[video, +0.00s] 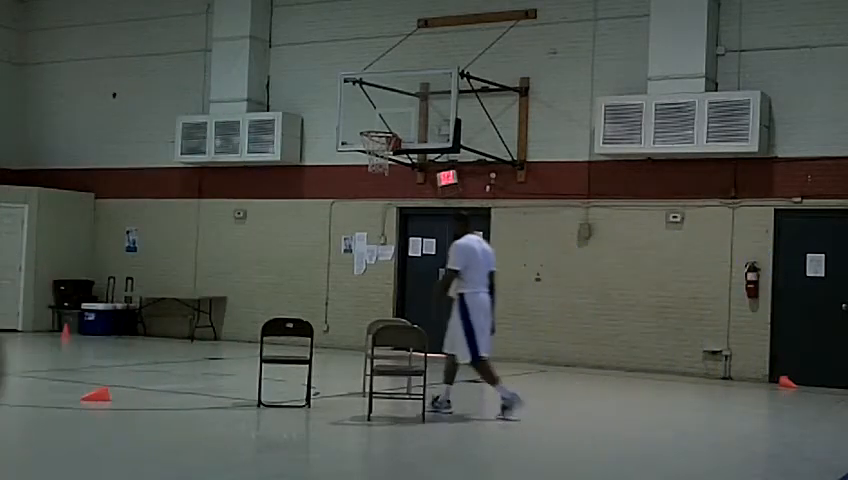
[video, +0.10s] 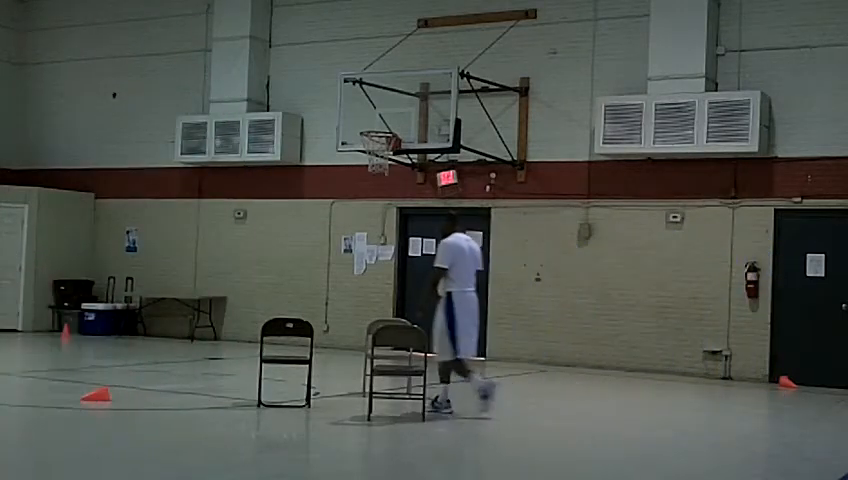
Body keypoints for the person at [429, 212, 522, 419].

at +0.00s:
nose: (453, 229)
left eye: (454, 225)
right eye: (454, 224)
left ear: (460, 225)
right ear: (471, 225)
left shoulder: (459, 245)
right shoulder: (486, 246)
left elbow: (451, 275)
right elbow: (491, 283)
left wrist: (439, 292)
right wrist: (491, 317)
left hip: (466, 298)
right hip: (482, 298)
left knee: (473, 354)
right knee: (452, 350)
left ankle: (506, 395)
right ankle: (444, 398)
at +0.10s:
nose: (441, 228)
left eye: (443, 224)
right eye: (443, 224)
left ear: (448, 225)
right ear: (459, 225)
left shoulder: (448, 244)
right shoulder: (473, 245)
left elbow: (438, 272)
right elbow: (477, 274)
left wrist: (432, 289)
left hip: (452, 296)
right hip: (469, 296)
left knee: (446, 351)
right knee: (450, 350)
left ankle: (480, 385)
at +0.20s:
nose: (430, 227)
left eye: (431, 223)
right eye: (431, 222)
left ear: (435, 222)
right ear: (447, 222)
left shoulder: (437, 241)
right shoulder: (462, 242)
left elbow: (428, 271)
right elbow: (467, 271)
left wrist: (420, 286)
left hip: (441, 295)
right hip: (458, 294)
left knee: (428, 345)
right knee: (444, 346)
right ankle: (444, 394)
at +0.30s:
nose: (414, 230)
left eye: (415, 225)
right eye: (415, 225)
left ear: (421, 224)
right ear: (432, 222)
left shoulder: (425, 241)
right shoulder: (450, 240)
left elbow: (412, 275)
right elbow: (454, 269)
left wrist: (392, 301)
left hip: (429, 293)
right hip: (449, 293)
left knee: (405, 336)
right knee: (440, 347)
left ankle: (410, 389)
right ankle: (443, 397)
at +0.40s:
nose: (398, 228)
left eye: (400, 224)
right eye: (399, 224)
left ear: (406, 224)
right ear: (418, 222)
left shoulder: (410, 244)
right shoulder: (438, 242)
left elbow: (394, 278)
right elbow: (443, 273)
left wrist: (368, 304)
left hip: (417, 295)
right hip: (438, 294)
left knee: (395, 340)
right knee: (437, 349)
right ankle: (443, 398)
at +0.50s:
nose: (383, 235)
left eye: (384, 231)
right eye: (383, 231)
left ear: (392, 228)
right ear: (402, 227)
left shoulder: (396, 247)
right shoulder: (421, 242)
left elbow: (375, 281)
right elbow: (430, 267)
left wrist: (348, 304)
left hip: (405, 299)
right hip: (426, 297)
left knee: (383, 347)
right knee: (431, 349)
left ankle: (362, 392)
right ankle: (441, 396)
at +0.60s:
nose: (364, 238)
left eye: (364, 233)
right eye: (363, 234)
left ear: (369, 232)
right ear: (381, 229)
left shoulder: (378, 249)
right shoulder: (404, 243)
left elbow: (354, 285)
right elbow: (415, 264)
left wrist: (327, 308)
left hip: (391, 298)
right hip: (413, 297)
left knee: (366, 345)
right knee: (413, 346)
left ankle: (358, 393)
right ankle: (436, 388)